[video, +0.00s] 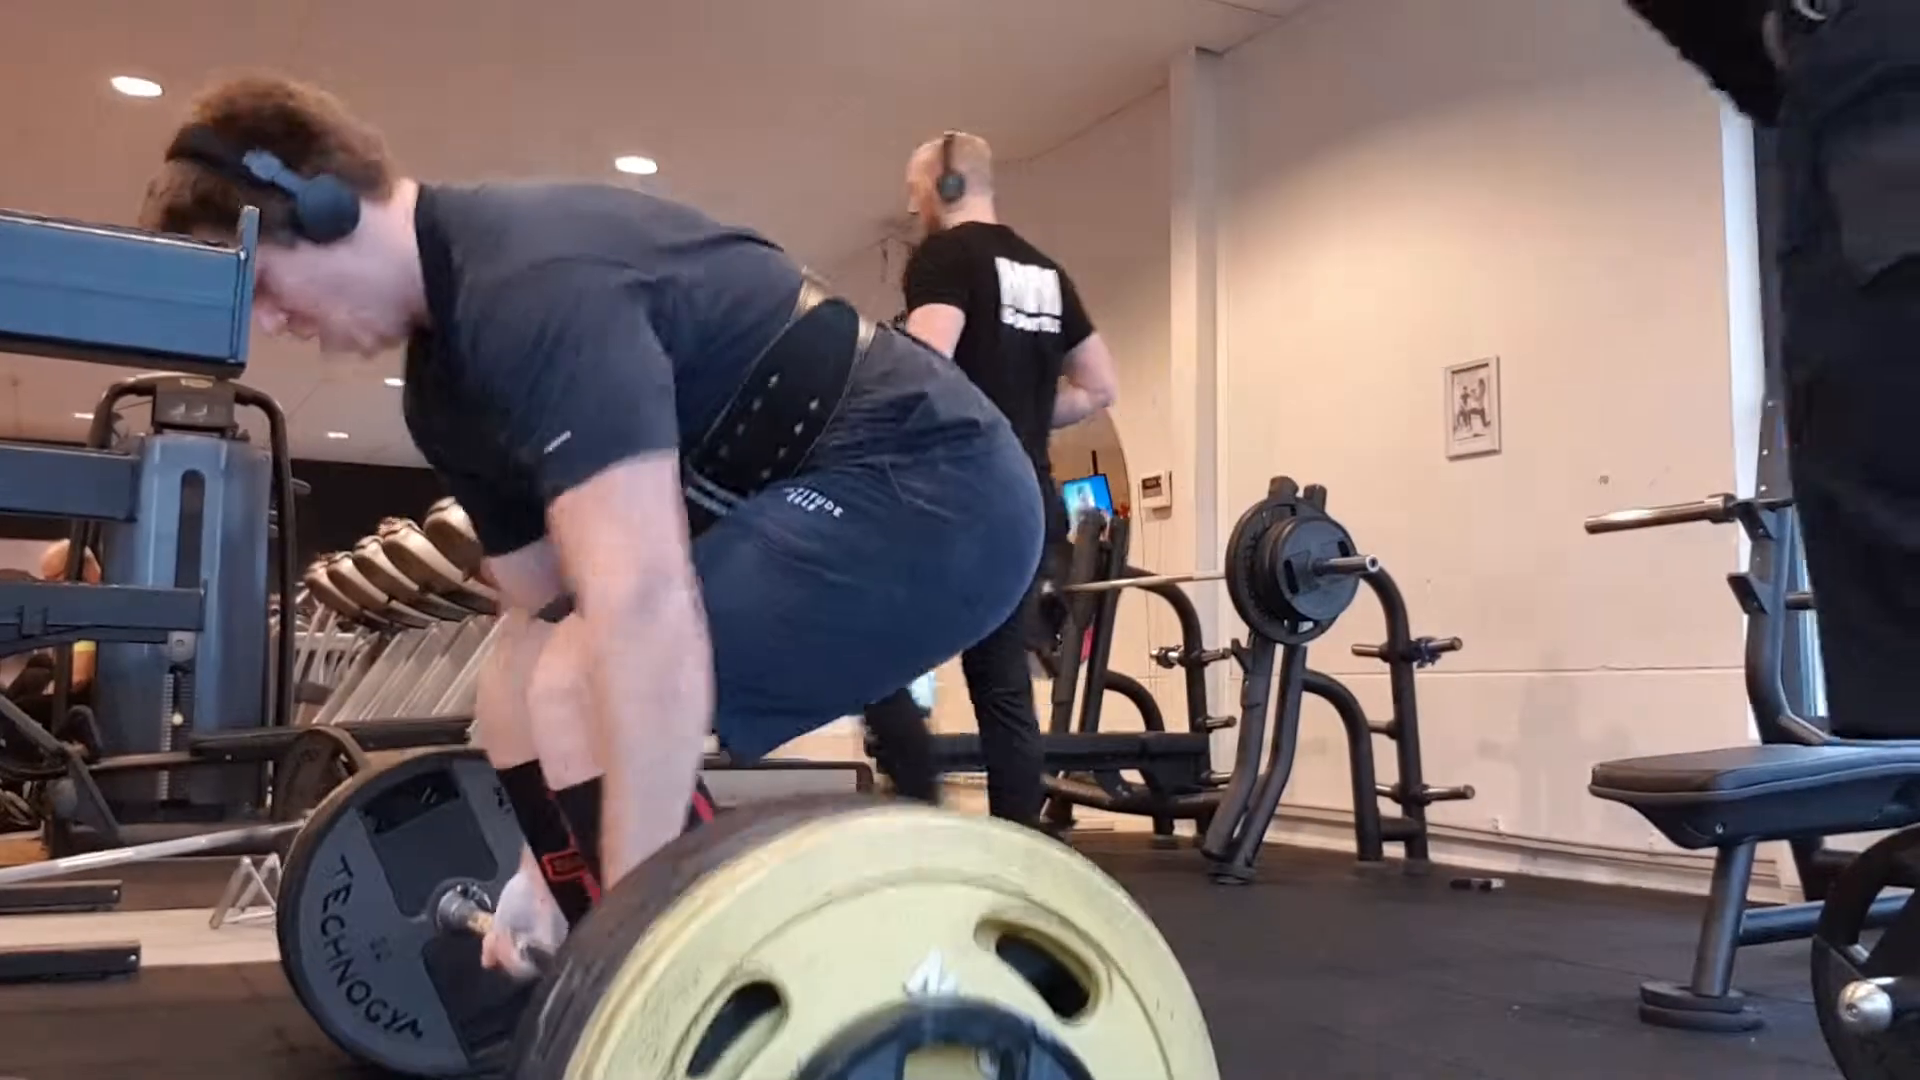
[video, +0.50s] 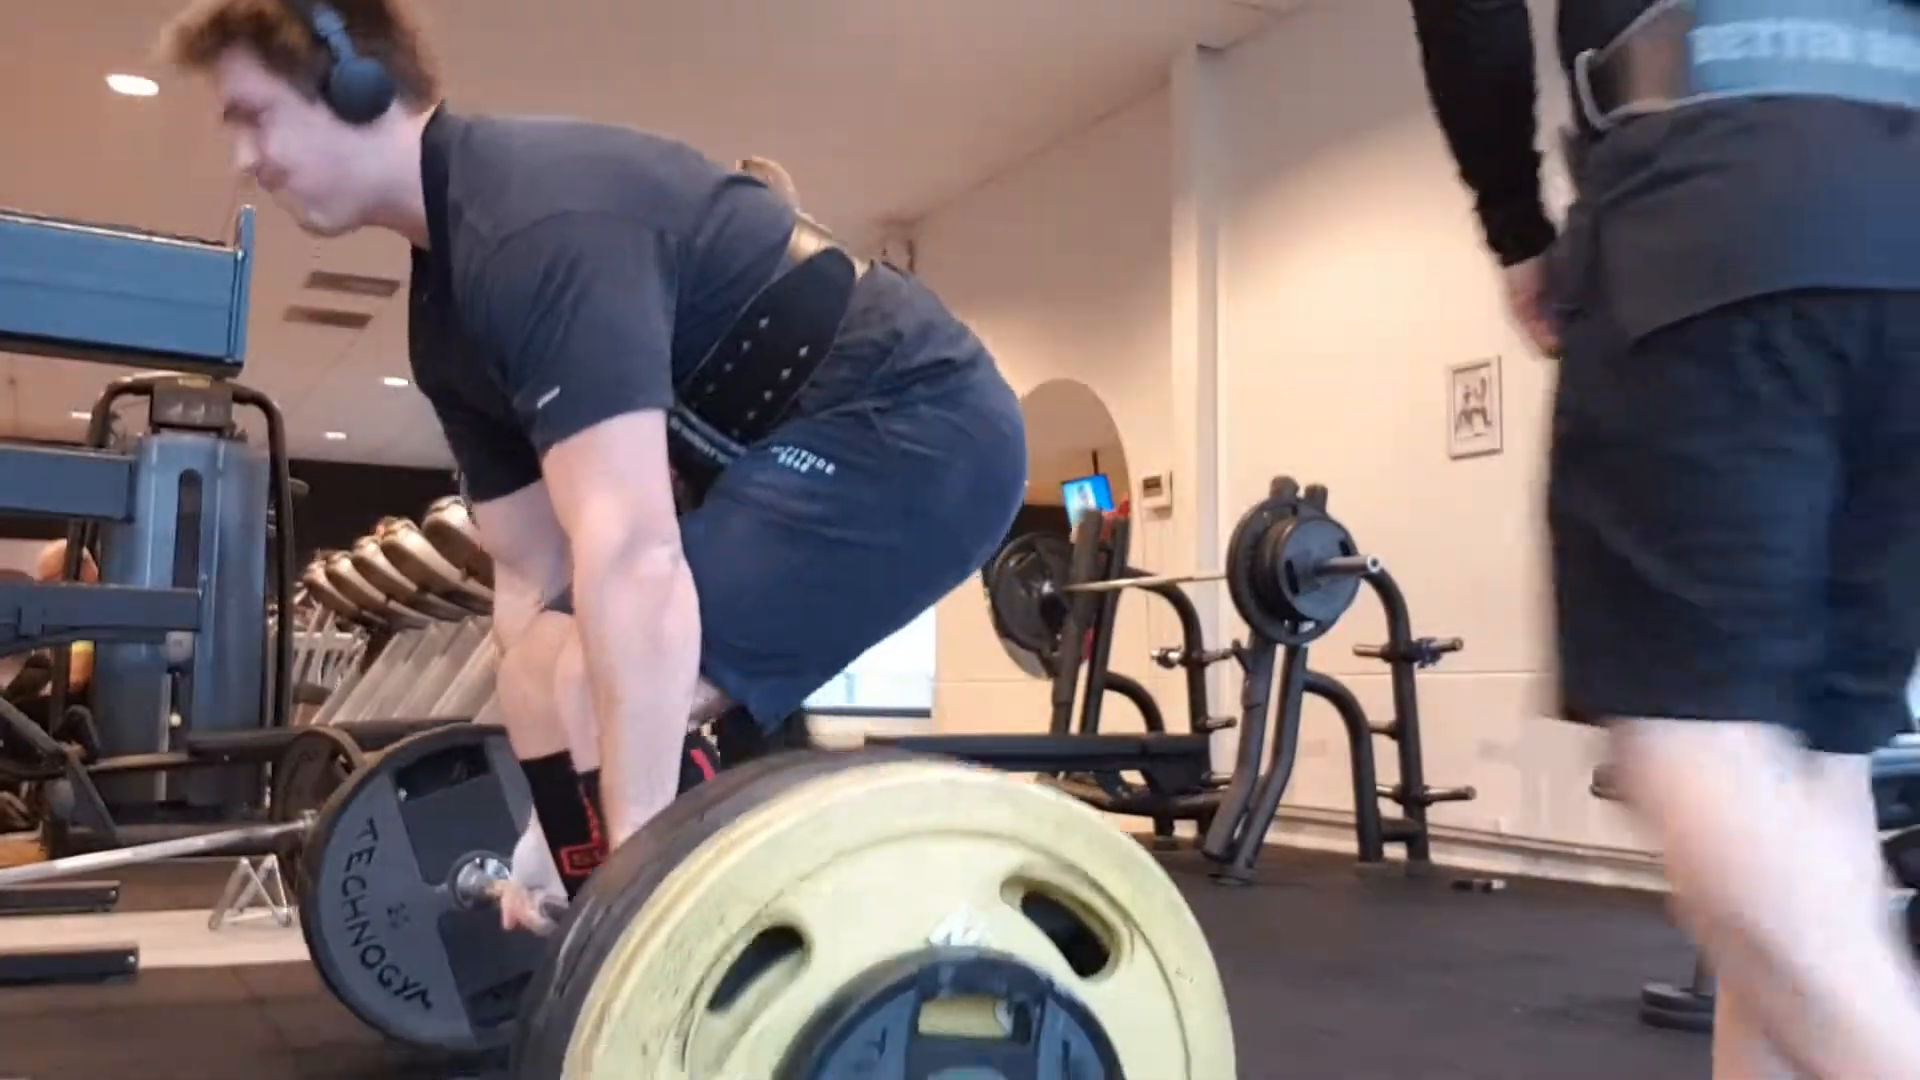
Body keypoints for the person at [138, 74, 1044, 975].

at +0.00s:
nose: (280, 324)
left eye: (262, 285)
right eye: (255, 306)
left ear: (303, 211)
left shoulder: (541, 288)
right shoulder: (444, 380)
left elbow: (643, 602)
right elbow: (539, 617)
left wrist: (639, 926)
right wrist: (538, 876)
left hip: (920, 485)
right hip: (804, 505)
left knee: (586, 689)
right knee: (516, 685)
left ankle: (686, 993)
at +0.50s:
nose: (243, 164)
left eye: (253, 119)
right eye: (232, 131)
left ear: (352, 79)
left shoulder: (544, 221)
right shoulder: (445, 313)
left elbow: (636, 559)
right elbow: (528, 578)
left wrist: (638, 868)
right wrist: (551, 849)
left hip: (908, 417)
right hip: (811, 446)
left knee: (601, 683)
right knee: (537, 668)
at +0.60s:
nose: (260, 106)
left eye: (276, 65)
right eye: (253, 75)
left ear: (378, 46)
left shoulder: (561, 195)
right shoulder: (460, 282)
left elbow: (644, 533)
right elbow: (537, 549)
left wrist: (637, 846)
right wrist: (543, 819)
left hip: (916, 404)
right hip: (807, 432)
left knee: (625, 677)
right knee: (556, 662)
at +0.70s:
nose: (287, 44)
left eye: (311, 11)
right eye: (292, 17)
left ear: (405, 17)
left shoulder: (579, 155)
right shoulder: (481, 248)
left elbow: (651, 486)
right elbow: (549, 513)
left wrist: (642, 781)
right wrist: (552, 761)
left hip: (922, 391)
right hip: (811, 419)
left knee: (685, 693)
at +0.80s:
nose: (326, 9)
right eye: (333, 4)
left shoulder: (597, 100)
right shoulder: (496, 206)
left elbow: (660, 434)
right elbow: (558, 474)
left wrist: (643, 729)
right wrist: (564, 729)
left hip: (927, 371)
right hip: (808, 399)